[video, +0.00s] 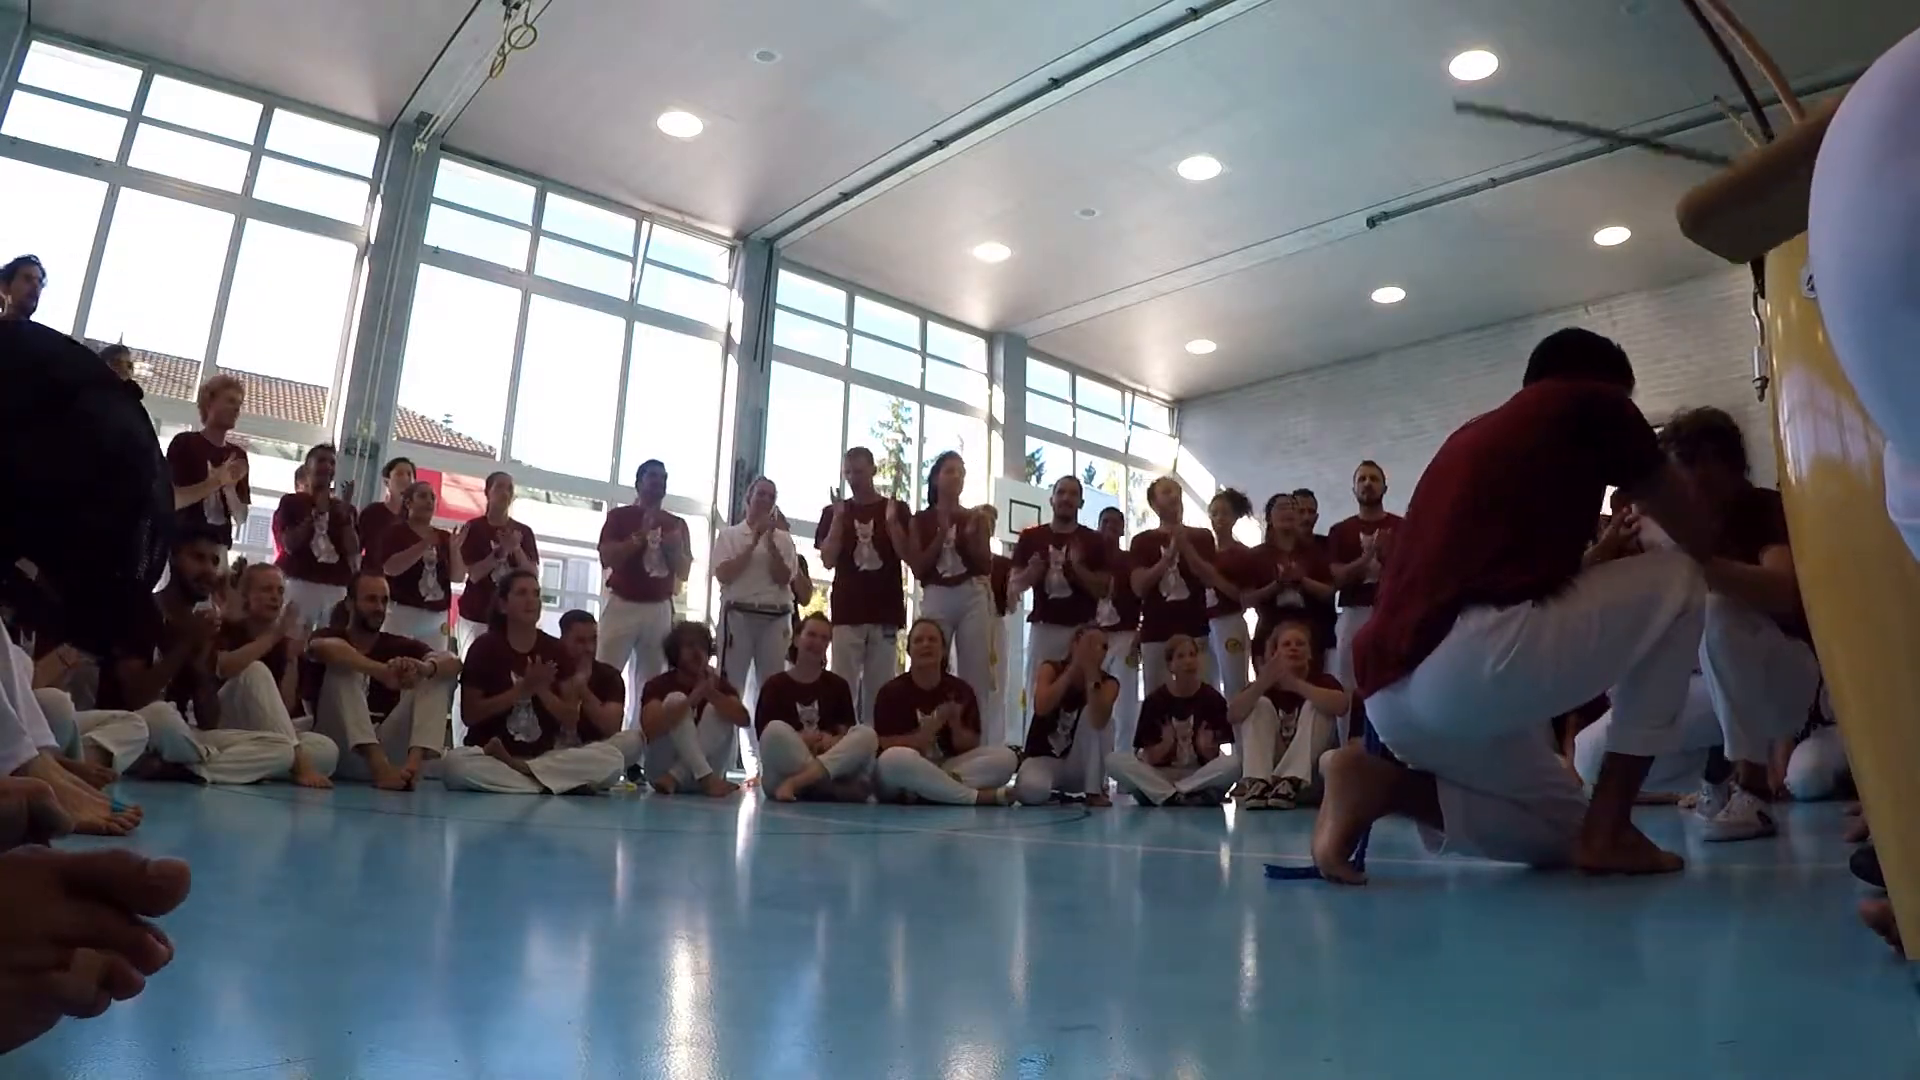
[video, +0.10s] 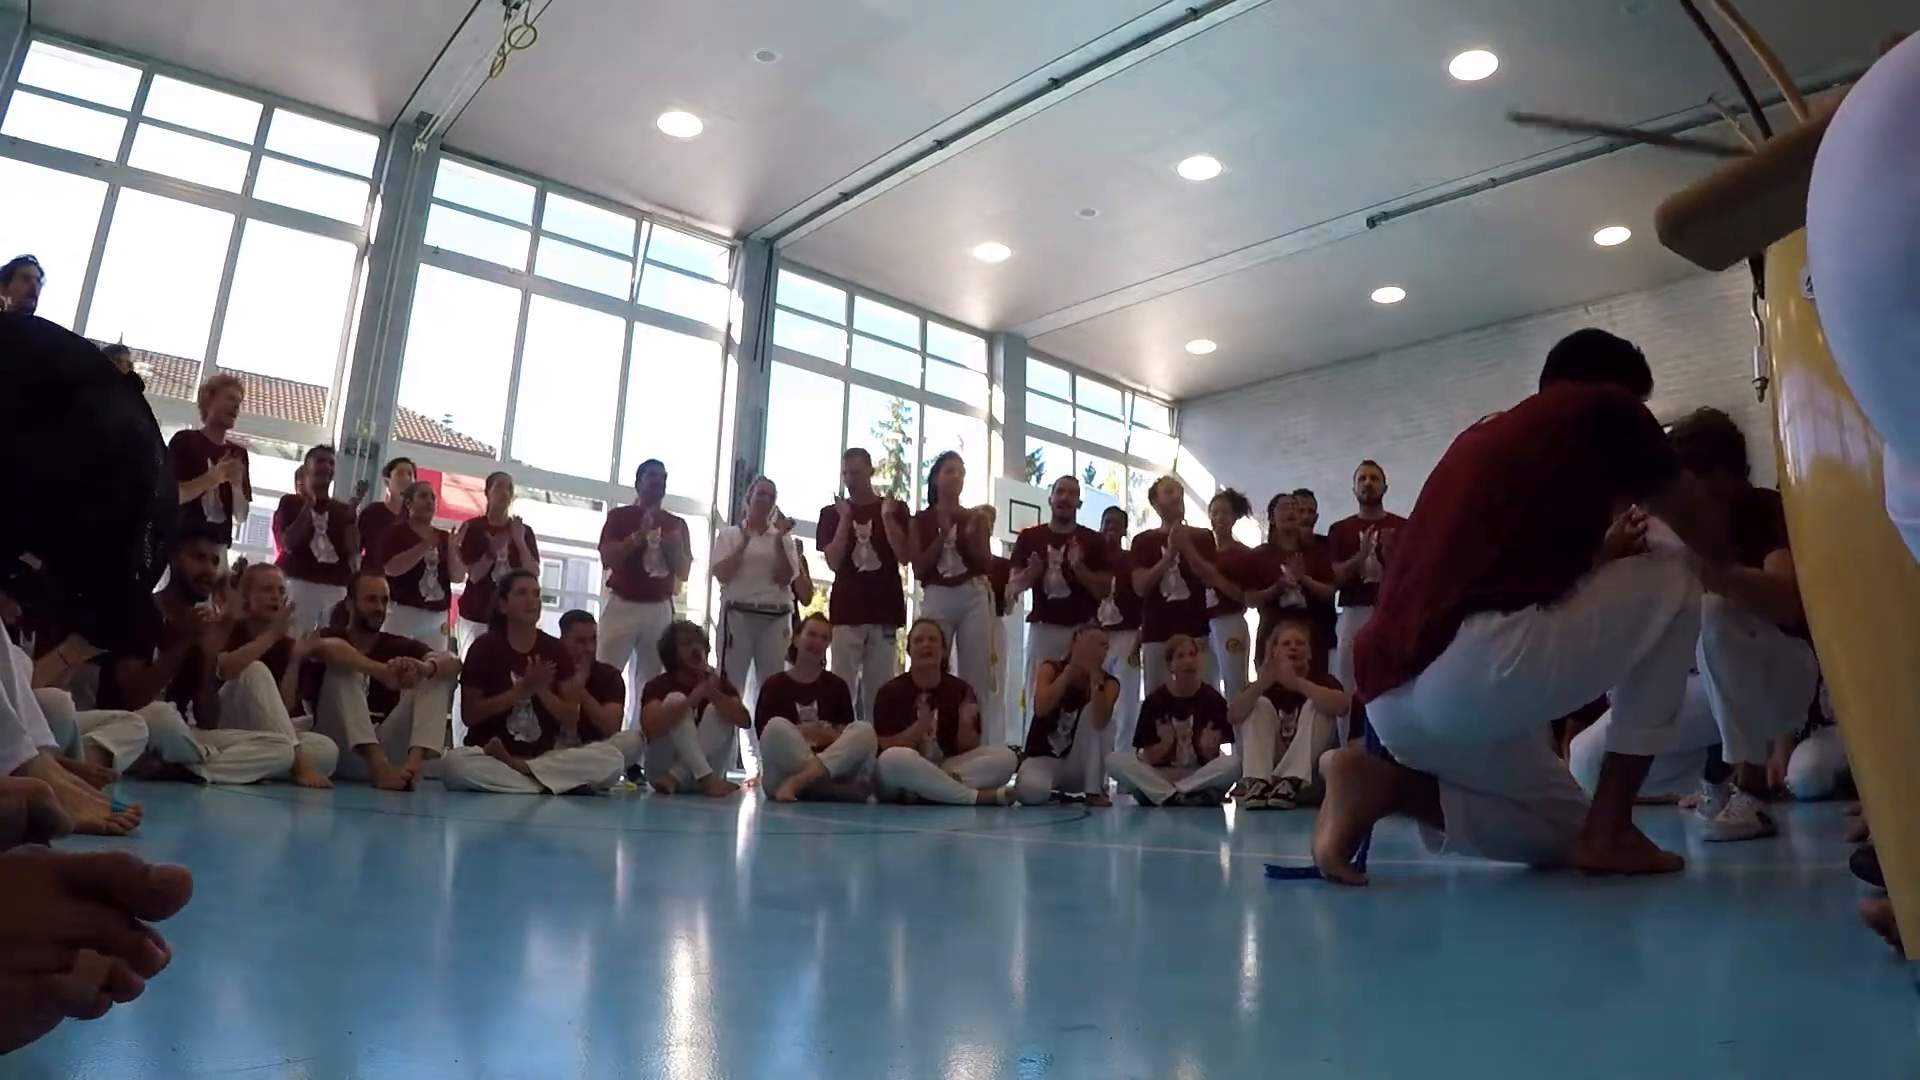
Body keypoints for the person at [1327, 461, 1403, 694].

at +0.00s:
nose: (1367, 483)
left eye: (1374, 479)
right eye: (1361, 479)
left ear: (1384, 487)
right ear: (1354, 488)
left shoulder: (1401, 527)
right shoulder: (1339, 531)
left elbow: (1405, 575)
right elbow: (1337, 576)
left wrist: (1371, 562)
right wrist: (1367, 556)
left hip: (1390, 612)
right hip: (1353, 613)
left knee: (1388, 679)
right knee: (1348, 681)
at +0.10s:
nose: (1367, 483)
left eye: (1374, 478)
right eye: (1362, 478)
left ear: (1384, 486)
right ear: (1354, 488)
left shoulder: (1402, 527)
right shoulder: (1339, 530)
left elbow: (1407, 575)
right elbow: (1337, 577)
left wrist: (1389, 554)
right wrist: (1361, 556)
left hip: (1390, 612)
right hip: (1353, 613)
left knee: (1388, 680)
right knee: (1347, 681)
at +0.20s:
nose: (1368, 482)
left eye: (1374, 478)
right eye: (1362, 478)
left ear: (1385, 486)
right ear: (1355, 488)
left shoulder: (1403, 527)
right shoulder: (1339, 530)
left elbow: (1407, 575)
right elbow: (1338, 575)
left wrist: (1384, 554)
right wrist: (1367, 558)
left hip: (1391, 612)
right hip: (1353, 612)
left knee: (1388, 679)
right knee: (1346, 680)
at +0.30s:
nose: (1368, 483)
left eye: (1375, 478)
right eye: (1362, 479)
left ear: (1385, 487)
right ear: (1355, 488)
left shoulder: (1404, 528)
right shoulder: (1339, 530)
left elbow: (1407, 576)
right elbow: (1337, 575)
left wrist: (1385, 553)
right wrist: (1367, 557)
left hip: (1391, 612)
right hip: (1353, 613)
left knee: (1388, 679)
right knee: (1344, 681)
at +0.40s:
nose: (1370, 483)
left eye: (1376, 479)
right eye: (1364, 479)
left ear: (1386, 487)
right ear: (1356, 488)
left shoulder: (1403, 528)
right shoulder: (1340, 530)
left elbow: (1409, 575)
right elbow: (1337, 573)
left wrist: (1390, 557)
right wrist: (1364, 556)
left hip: (1391, 612)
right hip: (1353, 613)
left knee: (1389, 678)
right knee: (1347, 680)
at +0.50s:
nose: (1373, 483)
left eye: (1379, 479)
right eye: (1367, 478)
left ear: (1389, 488)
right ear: (1358, 487)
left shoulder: (1403, 527)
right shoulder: (1343, 528)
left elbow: (1408, 571)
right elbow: (1342, 573)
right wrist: (1370, 557)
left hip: (1390, 610)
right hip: (1353, 610)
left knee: (1387, 675)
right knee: (1348, 675)